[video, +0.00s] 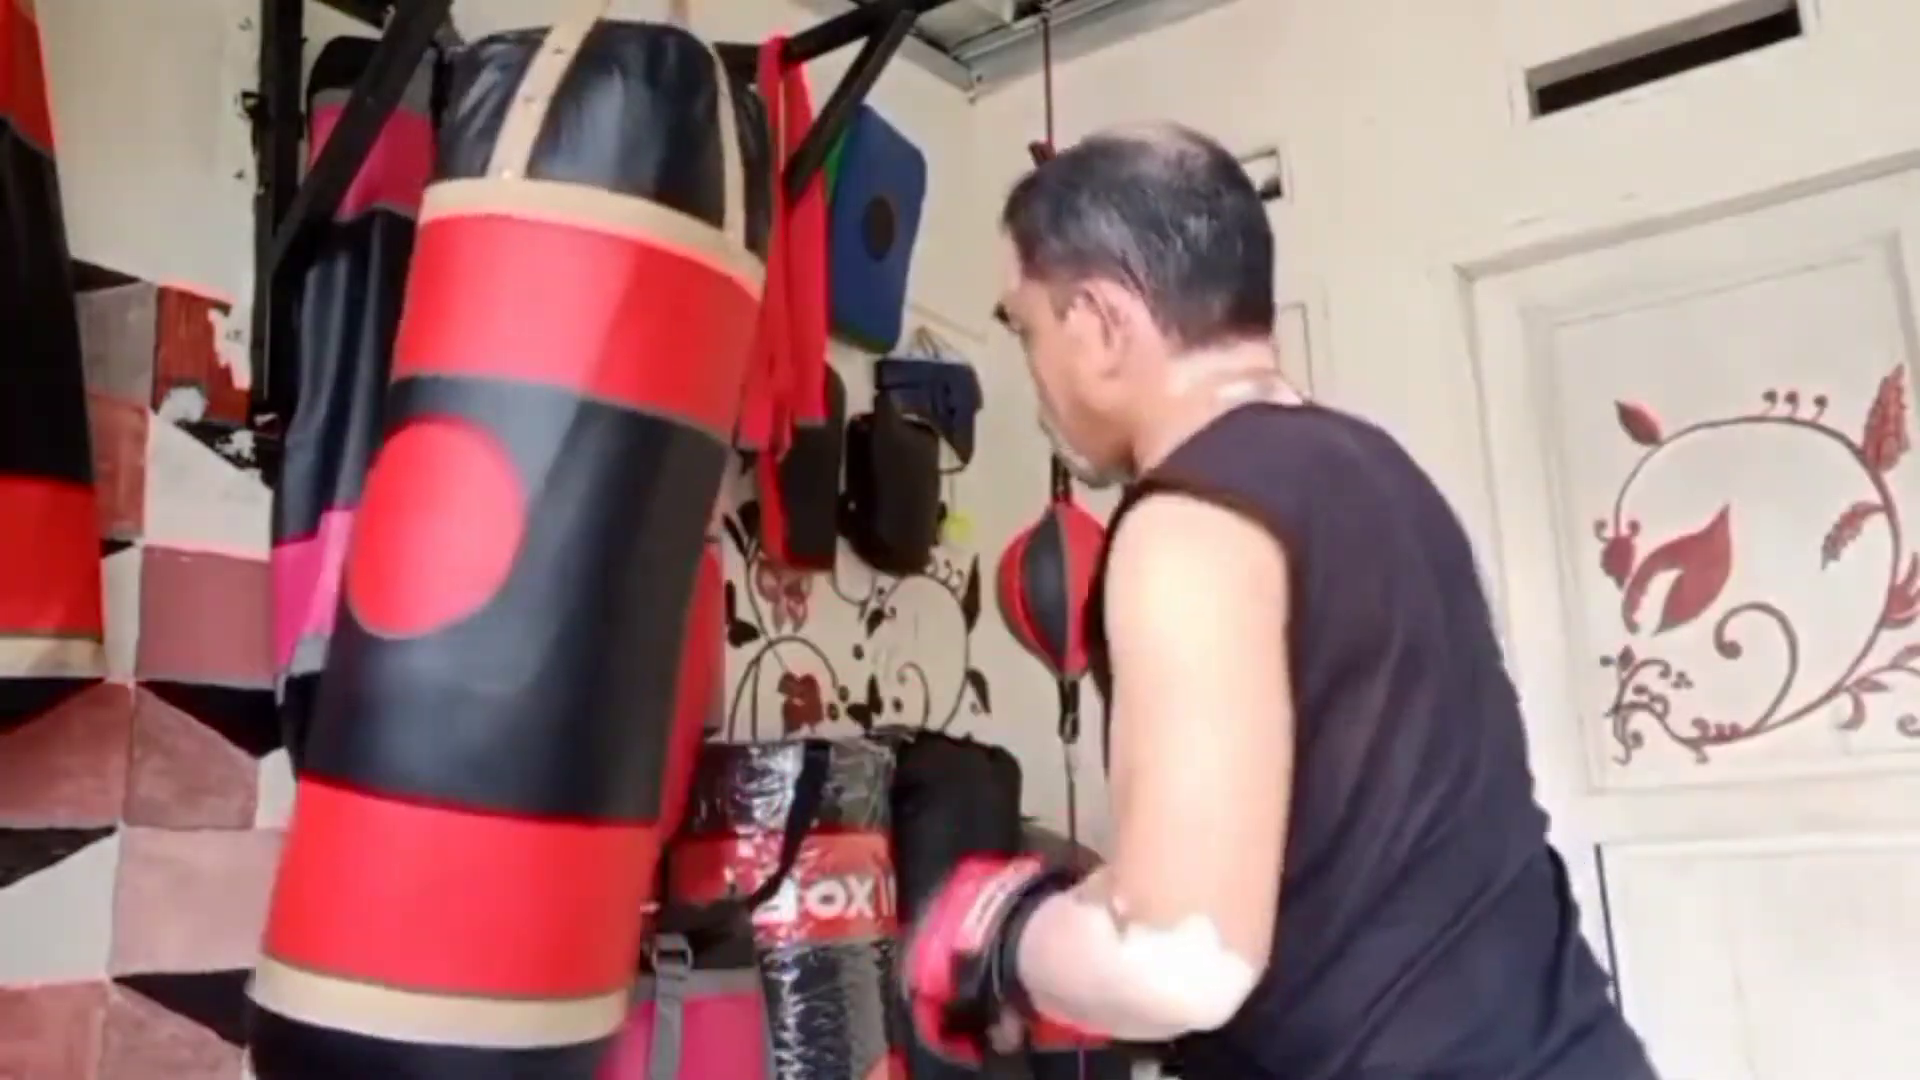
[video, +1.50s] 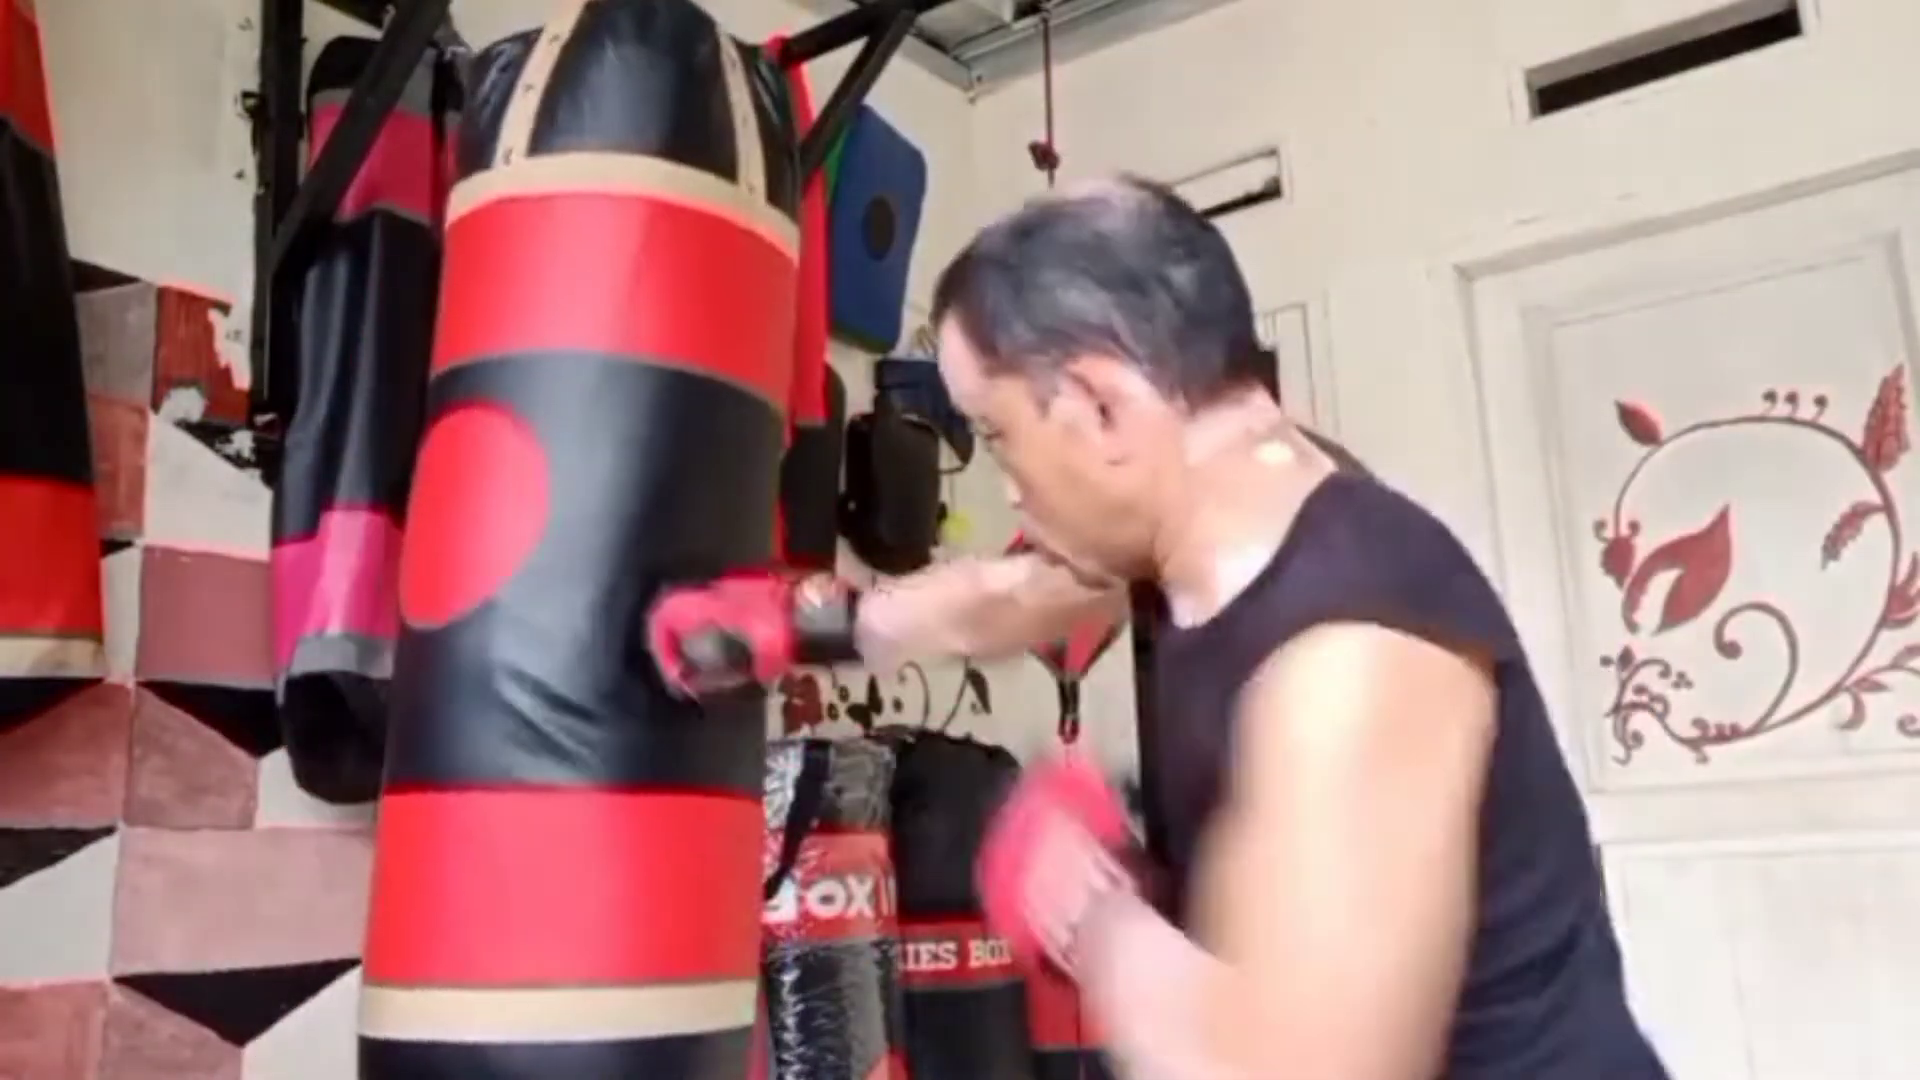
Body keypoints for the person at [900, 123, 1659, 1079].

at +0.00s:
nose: (1032, 371)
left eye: (1024, 328)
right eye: (1019, 332)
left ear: (1101, 320)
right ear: (1240, 295)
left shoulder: (1194, 524)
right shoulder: (1368, 464)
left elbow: (1183, 961)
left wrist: (1001, 930)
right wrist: (1077, 911)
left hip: (1378, 1057)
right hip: (1565, 1039)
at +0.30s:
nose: (1119, 434)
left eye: (1113, 390)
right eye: (1106, 396)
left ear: (1193, 367)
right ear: (1316, 349)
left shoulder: (1244, 540)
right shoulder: (1483, 531)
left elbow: (1221, 957)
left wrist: (1086, 983)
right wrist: (1212, 1031)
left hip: (1378, 1058)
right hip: (1585, 1049)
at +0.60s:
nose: (1189, 534)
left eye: (1190, 490)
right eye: (1182, 497)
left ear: (1274, 469)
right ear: (1387, 466)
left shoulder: (1231, 627)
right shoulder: (1567, 624)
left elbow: (1167, 1015)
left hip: (1417, 1054)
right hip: (1673, 1054)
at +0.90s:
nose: (1084, 471)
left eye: (1079, 417)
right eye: (1073, 425)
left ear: (1169, 384)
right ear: (1281, 384)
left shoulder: (1236, 561)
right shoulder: (1415, 543)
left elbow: (1156, 990)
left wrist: (1065, 957)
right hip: (1581, 1042)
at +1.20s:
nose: (1048, 455)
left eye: (1039, 403)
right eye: (1032, 410)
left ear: (1144, 373)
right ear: (1140, 379)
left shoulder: (1360, 596)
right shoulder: (1220, 564)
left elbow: (1399, 1049)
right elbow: (1038, 710)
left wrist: (1135, 873)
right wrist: (843, 739)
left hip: (1498, 1062)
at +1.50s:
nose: (1012, 489)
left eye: (1003, 437)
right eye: (996, 443)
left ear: (1102, 403)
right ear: (1120, 397)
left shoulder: (1354, 636)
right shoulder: (1225, 529)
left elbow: (1307, 1059)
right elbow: (1030, 595)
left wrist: (1083, 901)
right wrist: (804, 627)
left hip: (1507, 1064)